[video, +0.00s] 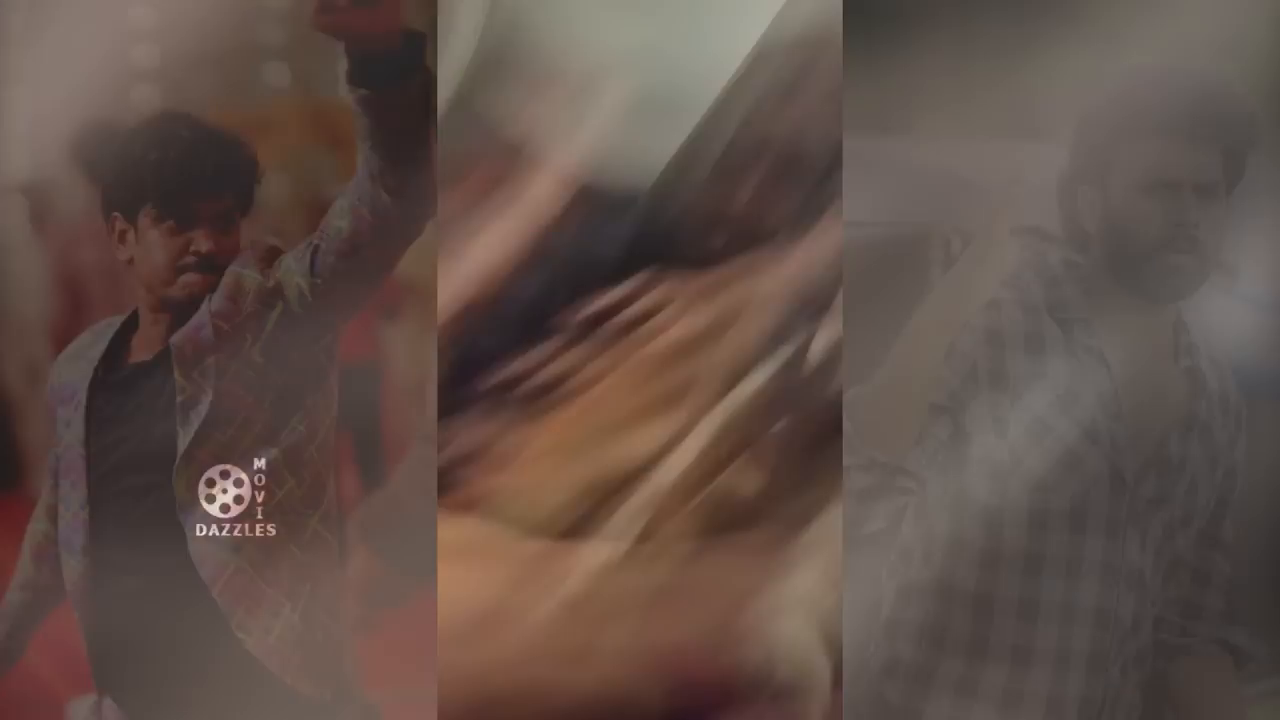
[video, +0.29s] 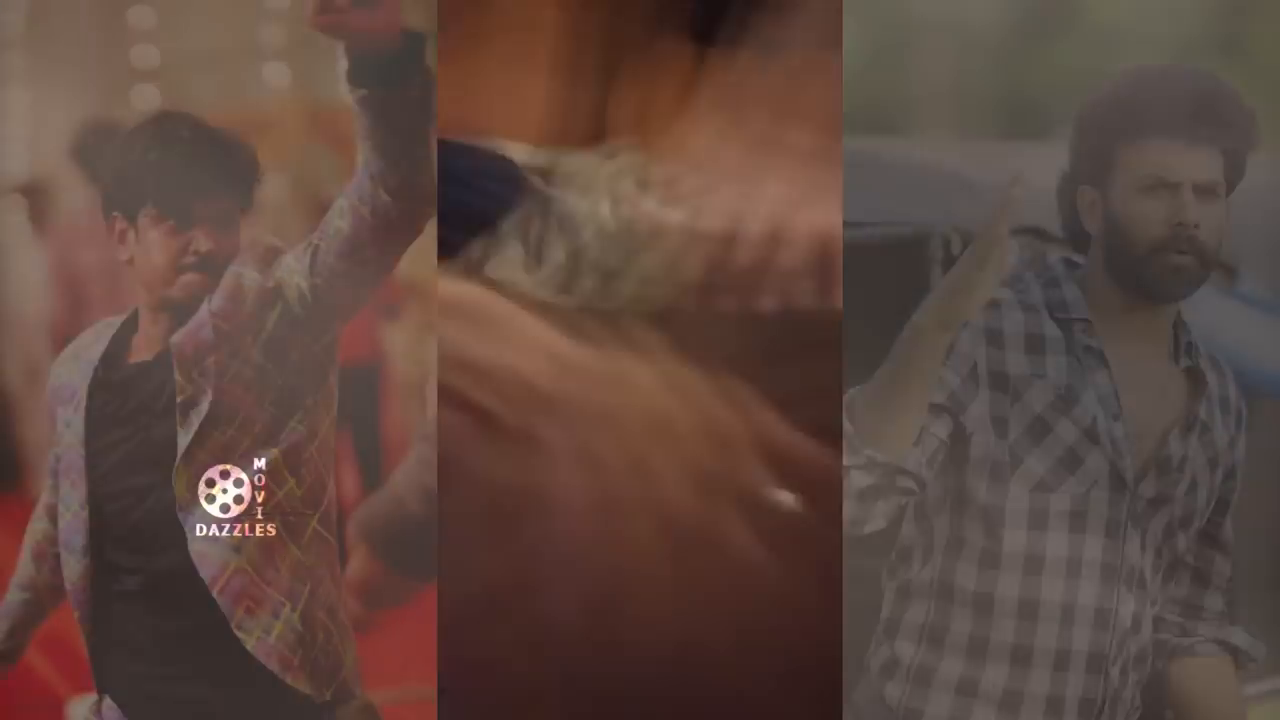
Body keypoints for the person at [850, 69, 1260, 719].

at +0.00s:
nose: (1188, 220)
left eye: (1206, 195)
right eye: (1160, 190)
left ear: (1228, 206)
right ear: (1086, 195)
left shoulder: (1212, 388)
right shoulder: (991, 315)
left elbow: (1193, 628)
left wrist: (1218, 694)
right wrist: (1096, 382)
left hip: (1102, 701)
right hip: (946, 698)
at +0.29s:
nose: (1187, 218)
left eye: (1207, 194)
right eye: (1156, 190)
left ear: (1229, 209)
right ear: (1092, 207)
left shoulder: (1218, 400)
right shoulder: (989, 321)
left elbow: (1191, 611)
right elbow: (853, 508)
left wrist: (1225, 707)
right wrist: (945, 308)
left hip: (1106, 709)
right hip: (941, 700)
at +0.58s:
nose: (1187, 218)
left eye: (1207, 194)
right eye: (1156, 190)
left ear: (1228, 210)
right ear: (1091, 208)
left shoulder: (1219, 400)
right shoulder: (987, 323)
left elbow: (1192, 616)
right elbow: (853, 508)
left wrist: (1225, 709)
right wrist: (937, 316)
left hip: (1107, 709)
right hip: (939, 701)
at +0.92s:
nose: (1187, 218)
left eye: (1207, 194)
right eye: (1157, 190)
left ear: (1228, 210)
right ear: (1092, 208)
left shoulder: (1219, 399)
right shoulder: (984, 328)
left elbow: (1193, 617)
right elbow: (853, 508)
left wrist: (1225, 711)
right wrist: (934, 323)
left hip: (1107, 710)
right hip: (935, 703)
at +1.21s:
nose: (1187, 217)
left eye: (1207, 194)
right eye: (1157, 190)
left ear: (1227, 209)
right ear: (1092, 209)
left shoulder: (1219, 399)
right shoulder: (984, 330)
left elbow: (1193, 618)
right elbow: (853, 507)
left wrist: (1225, 711)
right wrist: (934, 323)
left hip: (1106, 709)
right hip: (937, 701)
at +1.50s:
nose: (1187, 217)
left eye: (1207, 194)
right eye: (1157, 190)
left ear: (1227, 209)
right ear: (1092, 208)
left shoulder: (1219, 399)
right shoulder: (984, 329)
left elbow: (1193, 617)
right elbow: (853, 507)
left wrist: (1226, 710)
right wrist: (932, 326)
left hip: (1106, 709)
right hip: (936, 702)